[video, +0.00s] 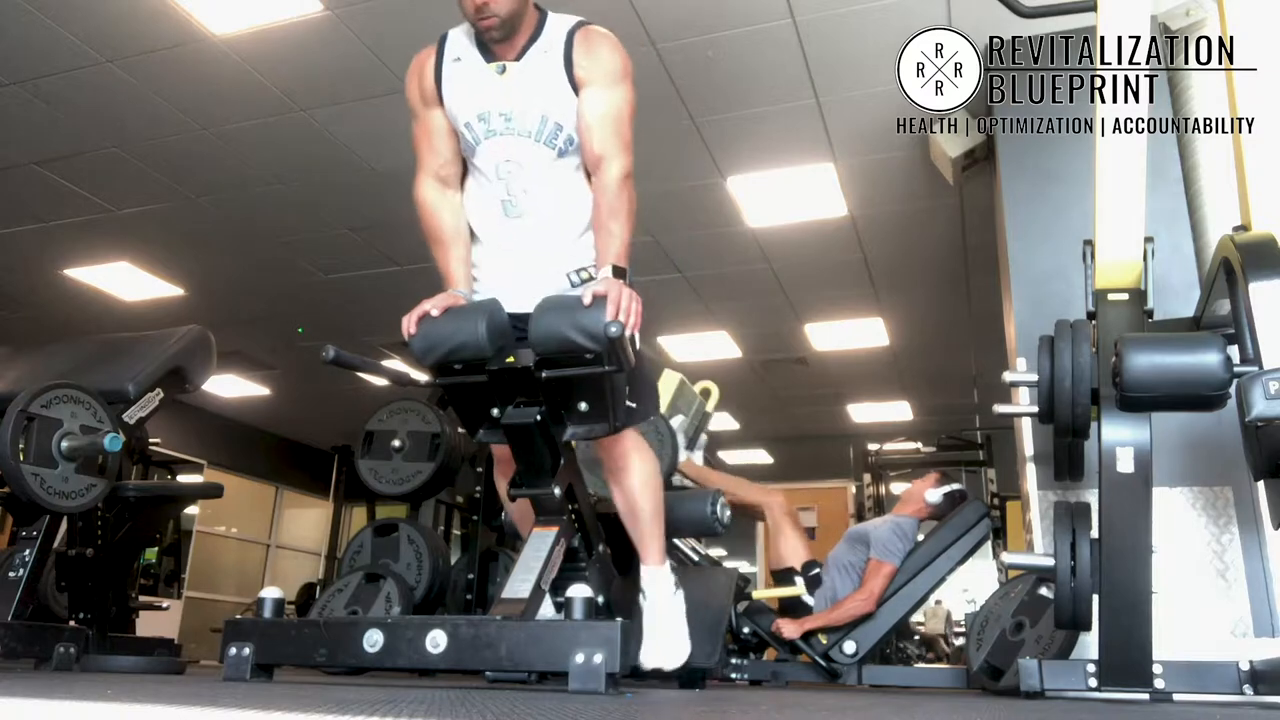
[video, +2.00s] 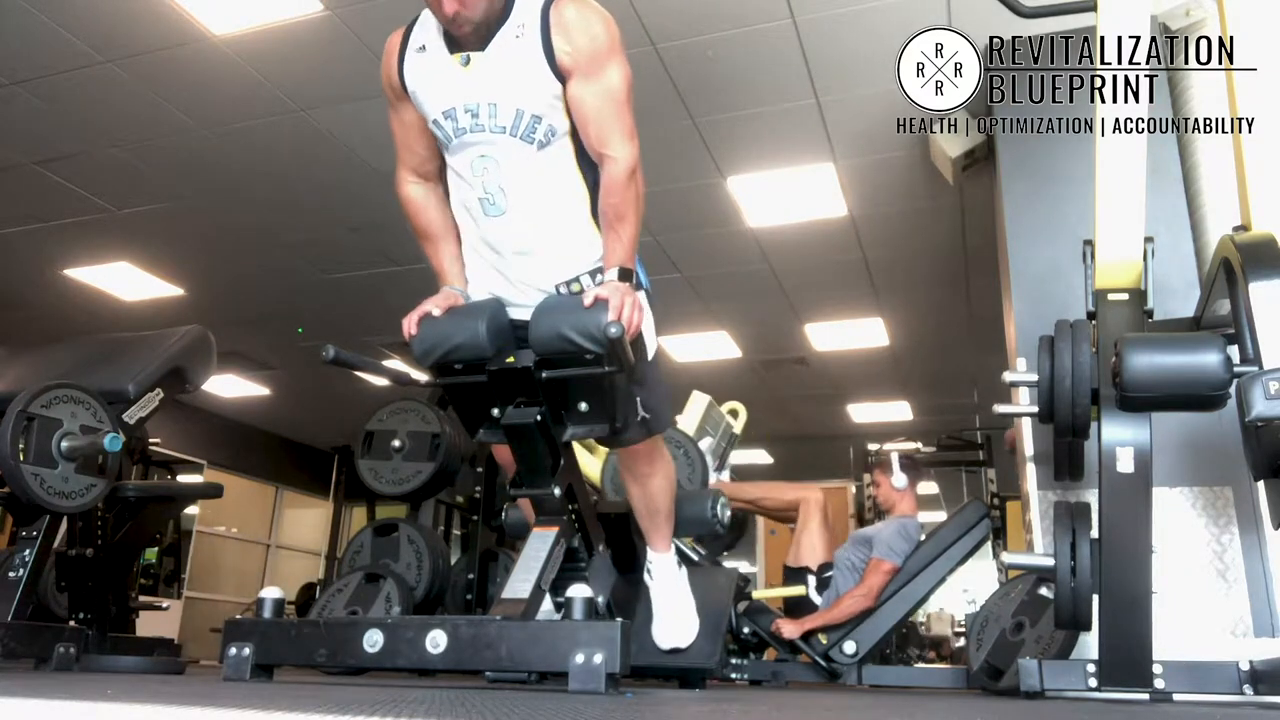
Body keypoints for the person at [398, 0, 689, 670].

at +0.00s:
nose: (480, 5)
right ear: (458, 1)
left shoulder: (591, 50)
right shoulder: (433, 68)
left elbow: (610, 166)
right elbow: (438, 180)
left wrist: (612, 270)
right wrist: (456, 283)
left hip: (582, 281)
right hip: (490, 292)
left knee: (615, 421)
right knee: (501, 439)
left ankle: (657, 583)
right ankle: (543, 551)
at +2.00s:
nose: (447, 5)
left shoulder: (573, 23)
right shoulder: (406, 52)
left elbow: (618, 158)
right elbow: (418, 176)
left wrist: (618, 274)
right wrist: (451, 283)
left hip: (587, 282)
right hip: (489, 296)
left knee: (634, 434)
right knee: (505, 442)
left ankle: (662, 566)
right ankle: (551, 545)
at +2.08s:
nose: (441, 3)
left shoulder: (572, 23)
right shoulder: (405, 52)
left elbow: (619, 157)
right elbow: (416, 176)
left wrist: (618, 273)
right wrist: (451, 281)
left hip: (587, 283)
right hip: (490, 297)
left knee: (631, 433)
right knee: (509, 441)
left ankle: (661, 566)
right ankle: (556, 555)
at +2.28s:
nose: (440, 1)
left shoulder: (570, 27)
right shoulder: (399, 52)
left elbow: (639, 147)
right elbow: (400, 173)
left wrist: (624, 264)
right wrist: (438, 276)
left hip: (580, 284)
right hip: (482, 295)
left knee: (625, 424)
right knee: (509, 434)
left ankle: (659, 564)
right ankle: (549, 541)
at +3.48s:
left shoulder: (540, 14)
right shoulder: (360, 38)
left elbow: (464, 80)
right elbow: (297, 101)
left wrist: (363, 48)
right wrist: (418, 12)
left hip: (578, 287)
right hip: (477, 307)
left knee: (628, 423)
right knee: (520, 440)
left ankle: (659, 562)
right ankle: (547, 538)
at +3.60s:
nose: (376, 3)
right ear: (362, 8)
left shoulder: (520, 27)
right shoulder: (349, 58)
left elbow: (456, 122)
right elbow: (288, 150)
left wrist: (344, 81)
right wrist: (402, 51)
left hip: (578, 295)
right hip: (478, 312)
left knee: (629, 427)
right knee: (521, 445)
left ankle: (659, 559)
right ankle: (550, 535)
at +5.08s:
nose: (315, 190)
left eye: (331, 162)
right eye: (298, 170)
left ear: (388, 127)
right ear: (284, 158)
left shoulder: (485, 184)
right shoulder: (300, 225)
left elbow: (464, 369)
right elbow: (297, 392)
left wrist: (343, 308)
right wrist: (390, 297)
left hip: (577, 305)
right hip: (478, 324)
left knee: (628, 416)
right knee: (517, 449)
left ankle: (661, 565)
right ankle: (547, 529)